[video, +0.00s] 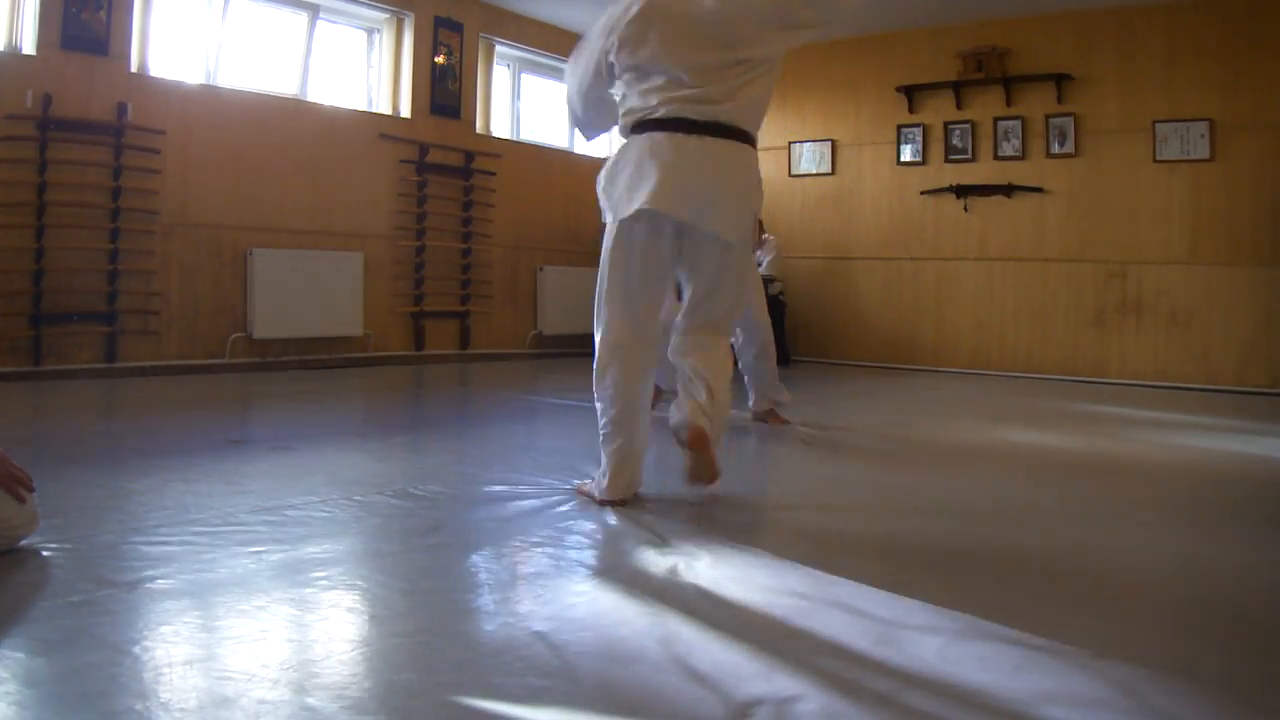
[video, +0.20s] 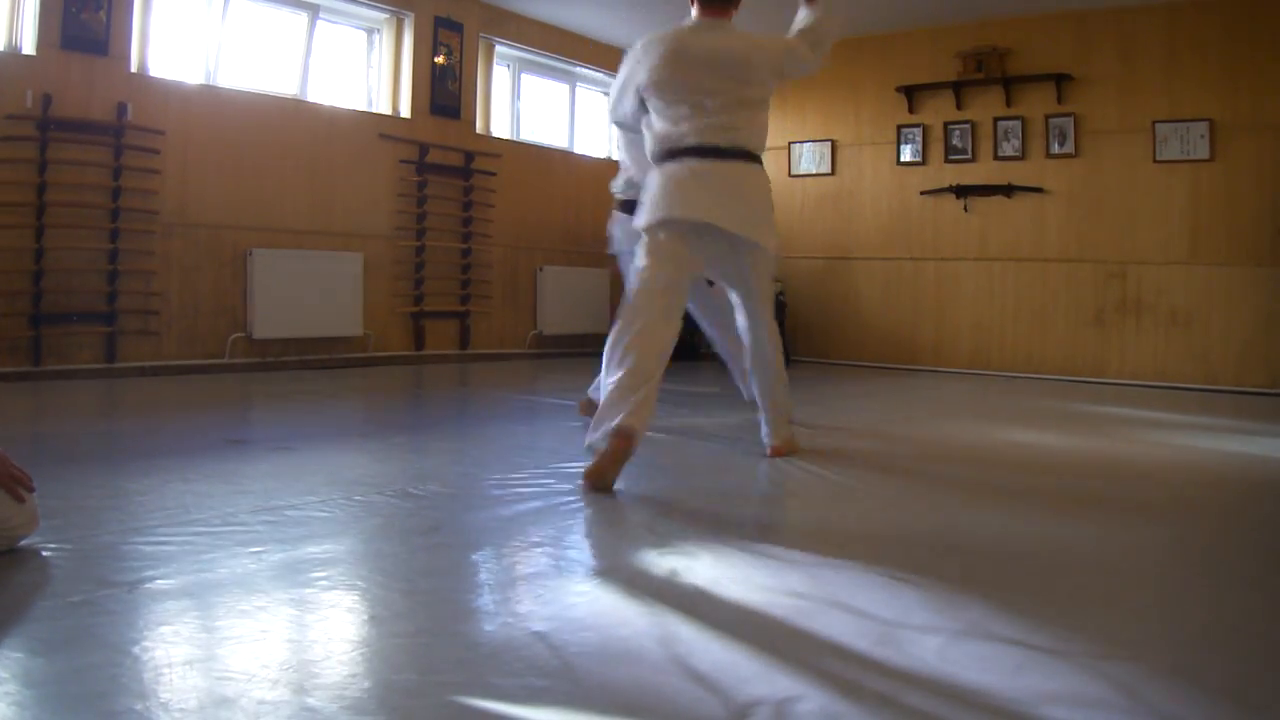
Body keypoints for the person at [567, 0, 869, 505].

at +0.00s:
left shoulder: (632, 12)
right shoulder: (764, 11)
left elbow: (582, 91)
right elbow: (850, 14)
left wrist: (611, 122)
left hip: (649, 161)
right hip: (729, 167)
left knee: (624, 331)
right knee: (707, 323)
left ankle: (617, 478)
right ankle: (698, 416)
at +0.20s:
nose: (707, 10)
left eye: (697, 5)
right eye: (728, 6)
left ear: (691, 4)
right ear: (736, 7)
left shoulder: (652, 49)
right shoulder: (759, 51)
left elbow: (623, 114)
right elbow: (807, 50)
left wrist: (645, 173)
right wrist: (815, 10)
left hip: (673, 191)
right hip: (742, 192)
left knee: (647, 311)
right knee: (758, 319)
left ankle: (618, 429)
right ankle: (777, 433)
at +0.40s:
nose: (676, 23)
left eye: (677, 15)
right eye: (680, 16)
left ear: (684, 18)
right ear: (720, 19)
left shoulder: (670, 59)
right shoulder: (743, 64)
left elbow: (634, 124)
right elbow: (717, 119)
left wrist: (605, 124)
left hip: (697, 189)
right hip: (753, 185)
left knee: (691, 304)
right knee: (772, 308)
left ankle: (720, 382)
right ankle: (788, 419)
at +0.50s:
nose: (655, 29)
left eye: (657, 21)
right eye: (657, 22)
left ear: (668, 22)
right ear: (696, 25)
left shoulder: (662, 57)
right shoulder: (717, 66)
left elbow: (658, 111)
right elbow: (714, 132)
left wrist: (607, 119)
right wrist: (668, 170)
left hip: (695, 183)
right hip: (743, 176)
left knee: (681, 285)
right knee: (777, 280)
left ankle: (716, 375)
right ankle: (825, 373)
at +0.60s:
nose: (634, 63)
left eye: (638, 54)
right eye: (635, 55)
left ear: (658, 51)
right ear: (671, 53)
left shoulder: (661, 85)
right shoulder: (696, 97)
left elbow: (671, 117)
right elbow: (634, 151)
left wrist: (613, 123)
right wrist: (590, 153)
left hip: (681, 219)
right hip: (723, 205)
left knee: (674, 318)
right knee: (791, 275)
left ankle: (683, 405)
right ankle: (867, 320)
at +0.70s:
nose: (612, 86)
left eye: (619, 77)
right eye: (613, 78)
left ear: (644, 80)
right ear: (638, 82)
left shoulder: (657, 110)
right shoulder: (636, 128)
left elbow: (687, 146)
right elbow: (605, 176)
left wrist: (622, 156)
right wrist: (558, 196)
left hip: (686, 233)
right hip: (705, 228)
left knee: (657, 320)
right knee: (756, 301)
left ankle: (681, 405)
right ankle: (838, 288)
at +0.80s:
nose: (589, 99)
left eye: (594, 88)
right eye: (588, 92)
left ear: (614, 85)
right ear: (599, 92)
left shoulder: (648, 112)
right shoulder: (607, 147)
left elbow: (699, 150)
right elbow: (581, 192)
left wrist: (655, 176)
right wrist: (548, 208)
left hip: (695, 226)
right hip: (671, 235)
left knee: (656, 322)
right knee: (682, 307)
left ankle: (679, 407)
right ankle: (767, 317)